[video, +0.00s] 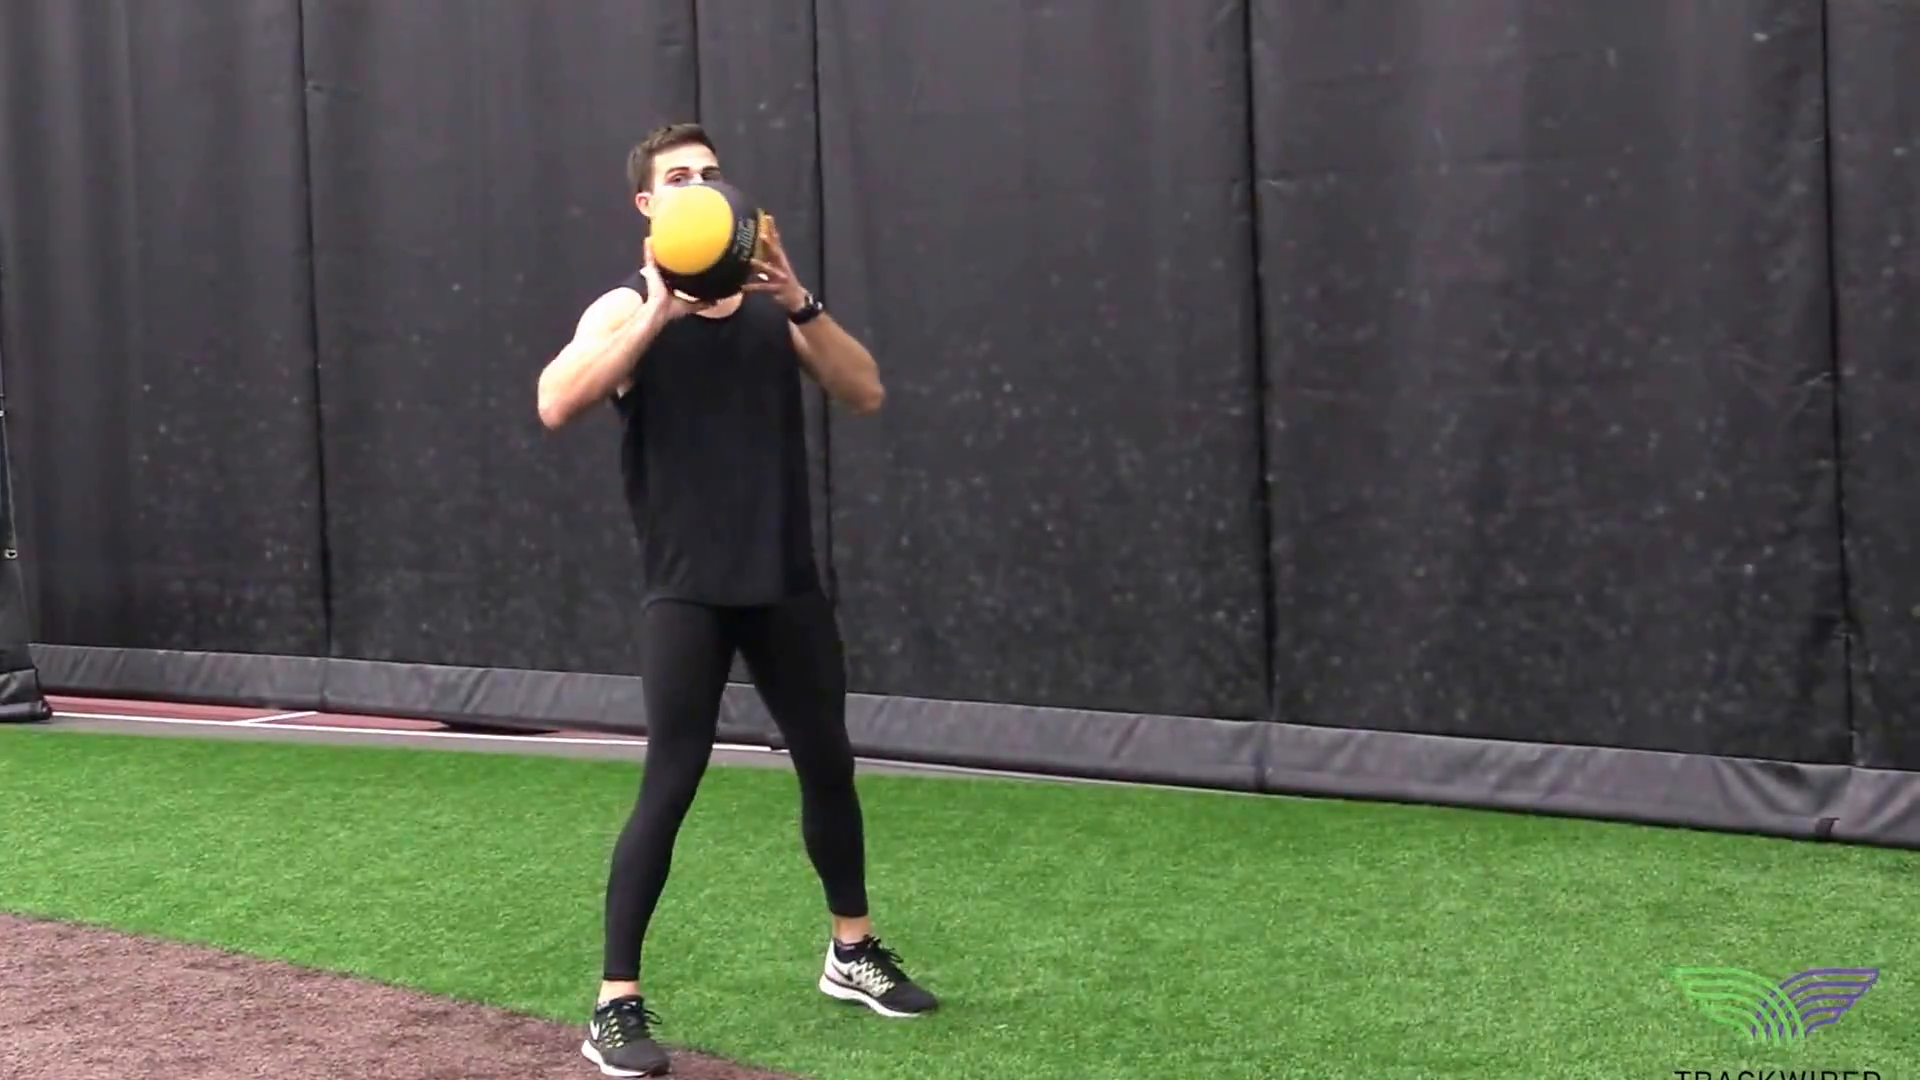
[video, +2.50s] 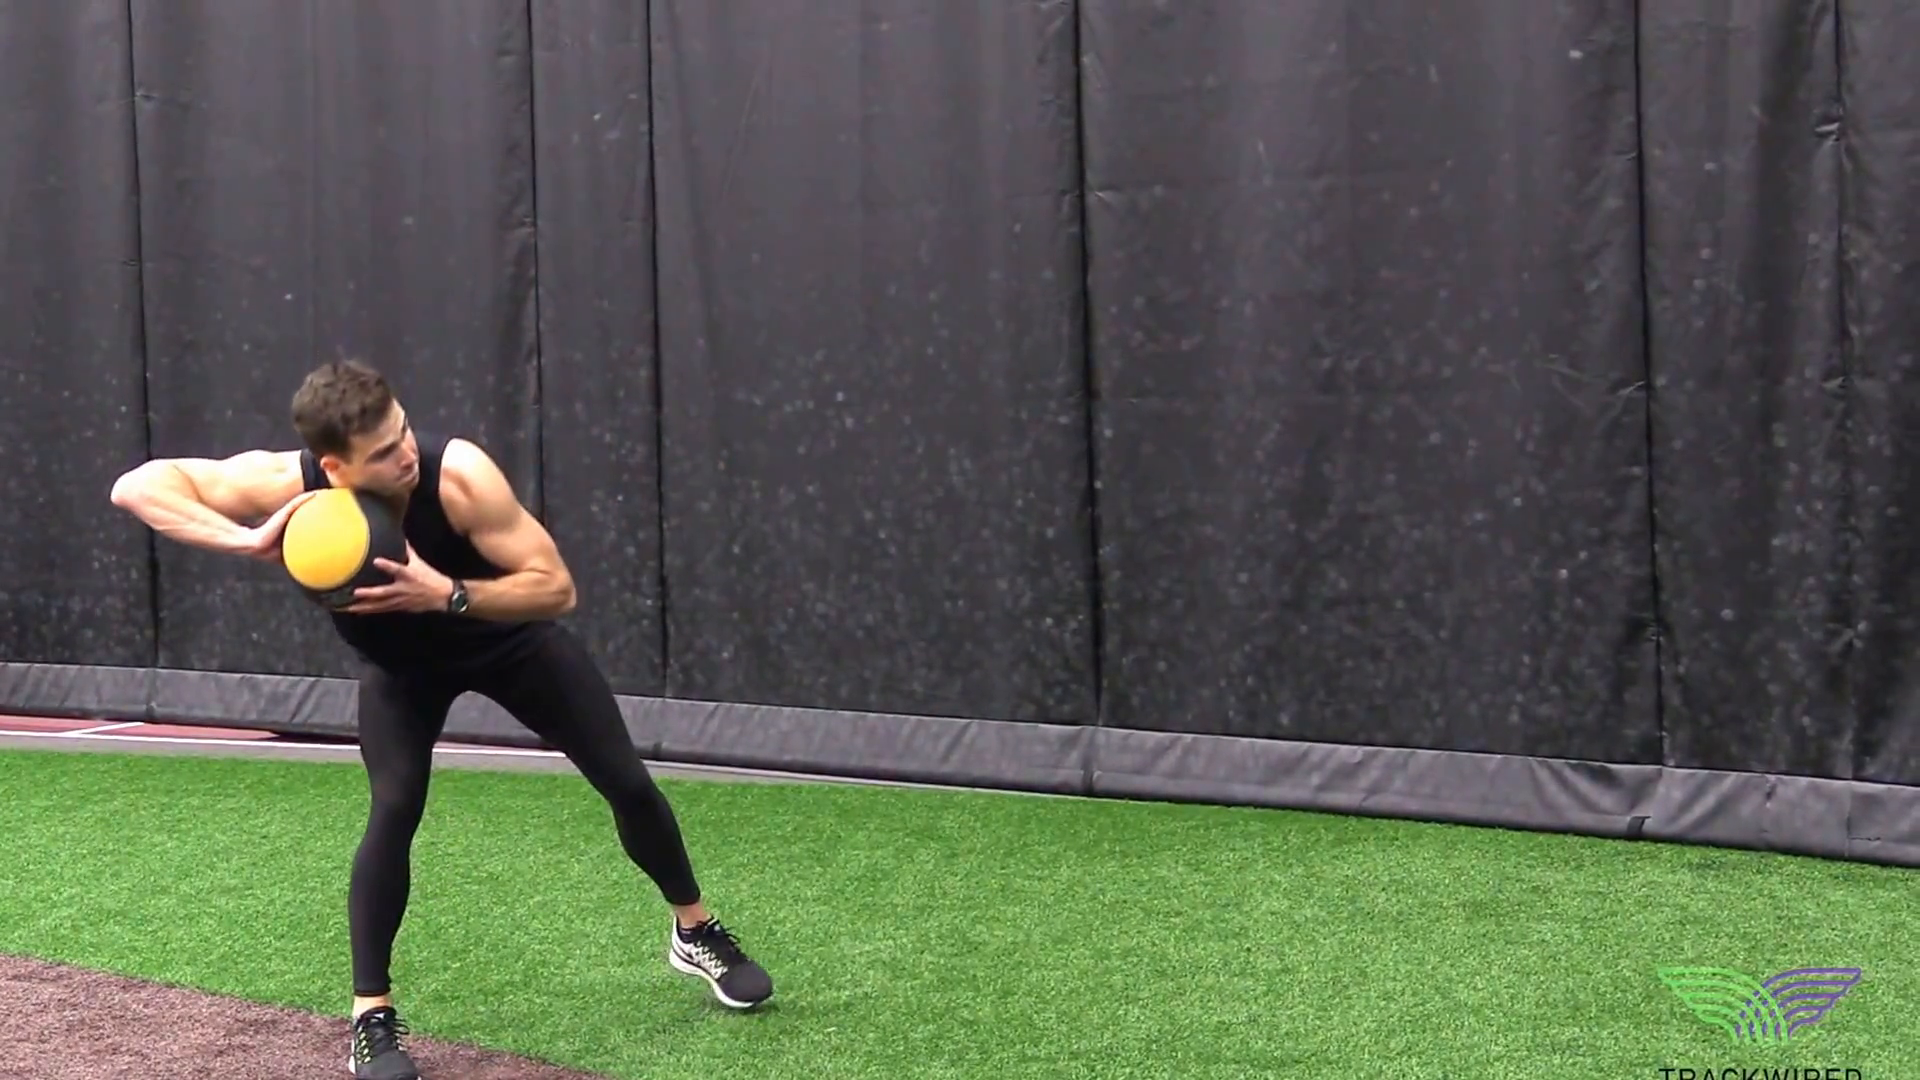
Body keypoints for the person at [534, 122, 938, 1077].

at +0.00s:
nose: (699, 191)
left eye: (708, 177)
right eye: (679, 180)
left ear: (729, 192)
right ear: (644, 205)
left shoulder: (769, 297)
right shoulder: (625, 305)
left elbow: (866, 394)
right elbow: (555, 404)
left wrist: (799, 308)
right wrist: (652, 315)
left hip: (785, 571)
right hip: (687, 579)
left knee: (829, 763)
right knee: (670, 779)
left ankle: (853, 949)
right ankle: (619, 997)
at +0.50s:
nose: (790, 189)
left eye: (798, 177)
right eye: (770, 178)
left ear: (811, 197)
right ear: (729, 202)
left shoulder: (839, 301)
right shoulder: (694, 291)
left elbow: (930, 417)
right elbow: (572, 323)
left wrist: (880, 332)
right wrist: (696, 294)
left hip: (823, 578)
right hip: (721, 574)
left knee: (850, 768)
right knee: (695, 767)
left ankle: (851, 961)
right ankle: (635, 982)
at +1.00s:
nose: (760, 207)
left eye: (765, 194)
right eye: (740, 193)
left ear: (769, 213)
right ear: (692, 209)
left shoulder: (791, 309)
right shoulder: (640, 295)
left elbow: (881, 421)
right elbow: (508, 311)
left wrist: (832, 339)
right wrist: (631, 300)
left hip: (762, 579)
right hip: (660, 574)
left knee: (787, 767)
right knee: (644, 755)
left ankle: (806, 960)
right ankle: (585, 975)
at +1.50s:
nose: (551, 257)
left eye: (554, 239)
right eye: (529, 246)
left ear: (562, 246)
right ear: (480, 265)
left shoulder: (608, 333)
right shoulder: (442, 338)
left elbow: (696, 449)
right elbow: (287, 354)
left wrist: (612, 397)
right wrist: (400, 362)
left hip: (592, 604)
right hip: (484, 604)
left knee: (648, 775)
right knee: (449, 782)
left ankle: (682, 962)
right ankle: (378, 994)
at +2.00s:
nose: (441, 376)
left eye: (440, 354)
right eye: (417, 368)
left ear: (448, 346)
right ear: (367, 384)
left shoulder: (501, 412)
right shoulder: (328, 427)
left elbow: (585, 535)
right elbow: (172, 441)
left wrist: (486, 518)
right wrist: (275, 473)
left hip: (535, 619)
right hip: (424, 636)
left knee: (631, 781)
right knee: (409, 800)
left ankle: (692, 933)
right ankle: (377, 1011)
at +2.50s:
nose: (407, 454)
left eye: (405, 434)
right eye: (384, 453)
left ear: (408, 414)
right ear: (331, 465)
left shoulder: (462, 474)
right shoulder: (288, 484)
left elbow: (556, 589)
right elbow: (135, 486)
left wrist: (449, 593)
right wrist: (240, 539)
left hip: (516, 639)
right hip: (402, 663)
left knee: (628, 781)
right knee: (395, 806)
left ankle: (699, 929)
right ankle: (373, 1013)